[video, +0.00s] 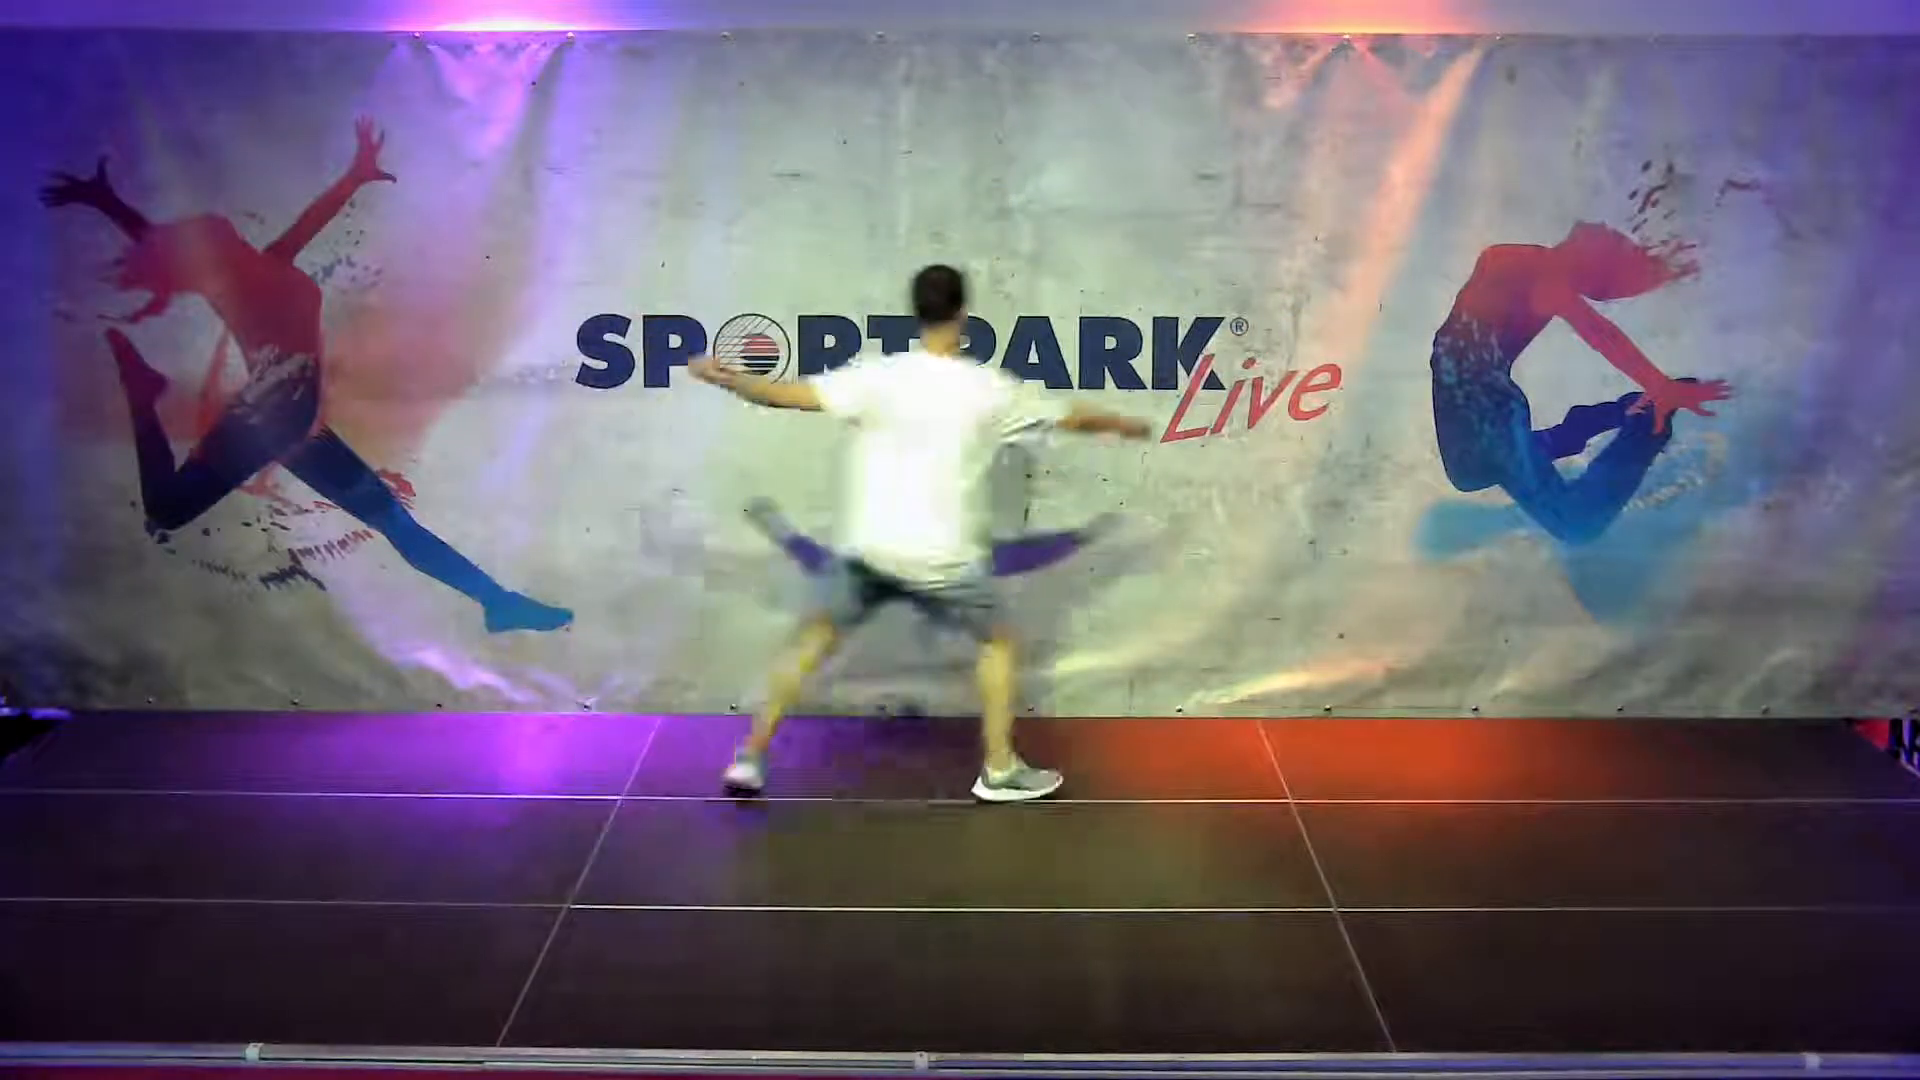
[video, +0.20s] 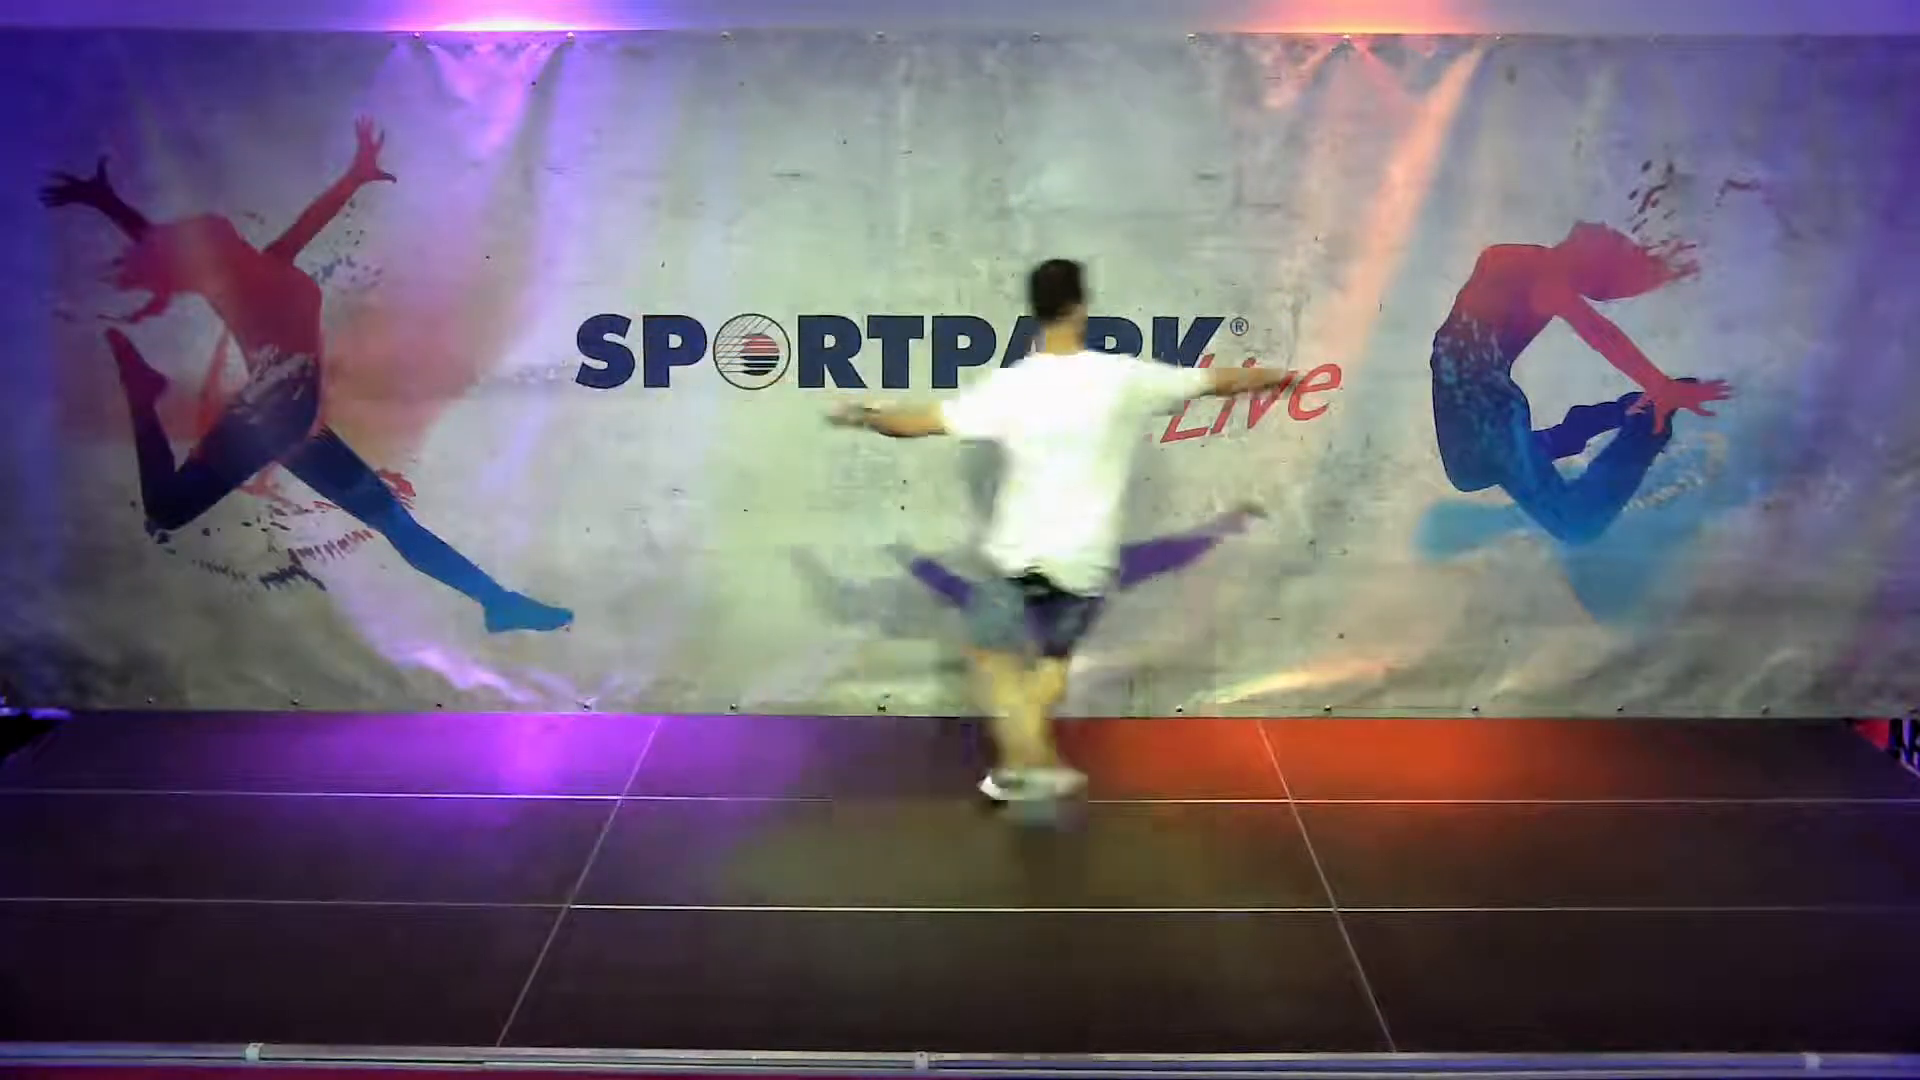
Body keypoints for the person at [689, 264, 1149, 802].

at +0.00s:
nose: (954, 317)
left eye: (941, 307)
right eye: (959, 308)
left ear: (916, 313)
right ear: (963, 314)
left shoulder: (878, 376)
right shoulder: (988, 387)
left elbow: (793, 394)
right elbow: (1068, 416)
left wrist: (730, 379)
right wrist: (1119, 425)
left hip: (870, 549)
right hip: (944, 557)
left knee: (814, 640)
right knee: (999, 640)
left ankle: (749, 757)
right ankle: (1000, 767)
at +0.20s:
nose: (1080, 314)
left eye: (1061, 305)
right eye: (1082, 304)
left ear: (1033, 312)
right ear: (1082, 309)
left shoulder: (1012, 385)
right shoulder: (1124, 375)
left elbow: (917, 424)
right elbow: (1213, 382)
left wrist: (867, 417)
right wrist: (1281, 378)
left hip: (1018, 549)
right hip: (1088, 552)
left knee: (993, 654)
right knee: (1053, 660)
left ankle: (1037, 765)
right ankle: (1017, 767)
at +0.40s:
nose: (1216, 319)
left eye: (1213, 309)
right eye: (1214, 309)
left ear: (1160, 312)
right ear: (1203, 312)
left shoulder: (1131, 388)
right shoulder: (1248, 374)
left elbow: (1052, 424)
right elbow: (1330, 361)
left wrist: (986, 449)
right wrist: (1366, 334)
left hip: (1169, 558)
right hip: (1240, 559)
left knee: (1164, 690)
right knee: (1252, 648)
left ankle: (1173, 821)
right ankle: (1219, 726)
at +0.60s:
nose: (1370, 293)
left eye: (1366, 282)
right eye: (1367, 282)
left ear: (1312, 289)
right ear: (1358, 286)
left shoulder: (1279, 353)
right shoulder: (1398, 341)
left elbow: (1183, 374)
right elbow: (1473, 309)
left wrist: (1089, 393)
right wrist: (1436, 275)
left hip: (1326, 537)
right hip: (1394, 537)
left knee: (1362, 656)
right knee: (1423, 663)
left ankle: (1350, 794)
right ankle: (1397, 814)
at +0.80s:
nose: (1512, 350)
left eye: (1508, 340)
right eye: (1508, 339)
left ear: (1451, 344)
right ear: (1497, 343)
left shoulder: (1418, 402)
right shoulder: (1527, 399)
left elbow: (1315, 403)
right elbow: (1587, 380)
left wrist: (1239, 386)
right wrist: (1539, 340)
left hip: (1488, 585)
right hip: (1534, 583)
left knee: (1584, 694)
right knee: (1519, 711)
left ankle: (1654, 820)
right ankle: (1409, 830)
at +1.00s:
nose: (1622, 327)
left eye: (1615, 318)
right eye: (1620, 317)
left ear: (1567, 321)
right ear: (1615, 321)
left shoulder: (1532, 393)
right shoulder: (1645, 389)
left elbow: (1456, 455)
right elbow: (1741, 421)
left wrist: (1419, 502)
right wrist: (1821, 439)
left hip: (1587, 571)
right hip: (1652, 555)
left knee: (1655, 687)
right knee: (1712, 660)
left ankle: (1703, 809)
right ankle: (1739, 800)